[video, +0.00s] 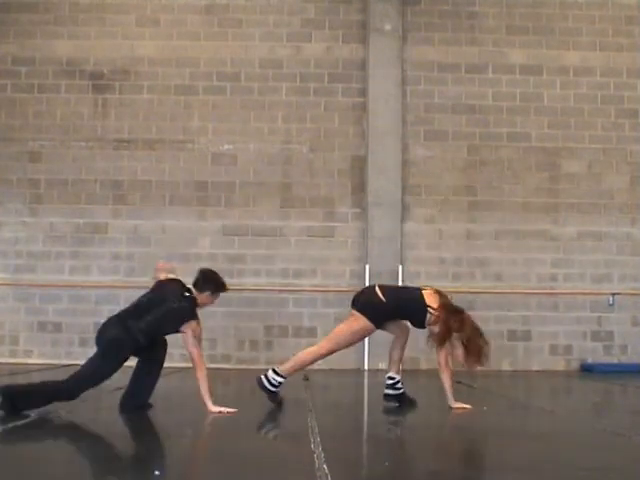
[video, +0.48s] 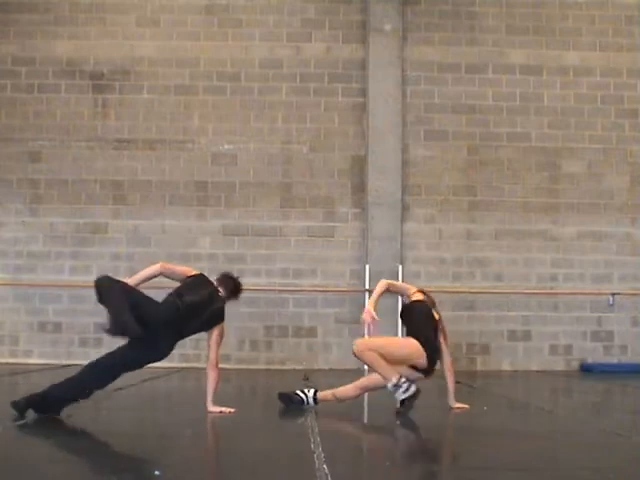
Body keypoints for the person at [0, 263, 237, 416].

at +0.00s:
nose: (214, 302)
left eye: (216, 297)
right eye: (215, 297)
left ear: (197, 284)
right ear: (206, 295)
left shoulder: (171, 282)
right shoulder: (190, 318)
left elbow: (160, 270)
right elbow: (197, 363)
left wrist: (166, 268)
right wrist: (209, 404)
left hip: (112, 327)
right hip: (120, 342)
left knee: (158, 347)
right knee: (72, 388)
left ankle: (133, 402)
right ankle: (10, 397)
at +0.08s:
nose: (224, 313)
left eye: (227, 309)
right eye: (226, 309)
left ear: (211, 291)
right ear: (219, 303)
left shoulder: (185, 284)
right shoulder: (202, 319)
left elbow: (149, 286)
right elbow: (203, 365)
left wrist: (161, 274)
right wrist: (210, 404)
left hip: (119, 316)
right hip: (133, 333)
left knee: (152, 346)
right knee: (79, 375)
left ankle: (133, 402)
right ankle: (11, 397)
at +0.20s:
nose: (223, 318)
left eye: (226, 315)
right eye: (226, 315)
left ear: (219, 291)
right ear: (225, 309)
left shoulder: (194, 279)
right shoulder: (211, 316)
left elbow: (154, 269)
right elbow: (207, 363)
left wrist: (148, 289)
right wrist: (211, 405)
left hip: (128, 299)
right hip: (141, 321)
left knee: (132, 332)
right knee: (85, 363)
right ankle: (25, 393)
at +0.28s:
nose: (227, 317)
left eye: (229, 313)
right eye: (230, 314)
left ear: (221, 290)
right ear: (229, 310)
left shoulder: (198, 280)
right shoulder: (216, 317)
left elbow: (154, 270)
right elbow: (212, 364)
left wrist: (133, 295)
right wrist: (210, 404)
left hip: (140, 299)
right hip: (151, 327)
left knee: (99, 314)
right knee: (95, 363)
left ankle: (57, 330)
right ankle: (33, 395)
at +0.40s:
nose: (232, 311)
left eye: (233, 306)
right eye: (234, 308)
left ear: (222, 286)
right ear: (231, 303)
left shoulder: (200, 278)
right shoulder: (221, 320)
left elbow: (157, 266)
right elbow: (214, 364)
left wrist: (123, 284)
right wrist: (211, 404)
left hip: (149, 307)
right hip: (156, 338)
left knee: (96, 280)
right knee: (99, 368)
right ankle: (36, 403)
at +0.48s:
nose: (218, 290)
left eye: (219, 285)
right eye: (224, 293)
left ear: (217, 279)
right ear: (228, 299)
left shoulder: (198, 277)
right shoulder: (218, 320)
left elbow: (160, 267)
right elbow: (213, 365)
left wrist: (128, 286)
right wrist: (210, 404)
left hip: (151, 317)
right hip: (159, 345)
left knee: (106, 283)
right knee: (97, 374)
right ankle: (36, 404)